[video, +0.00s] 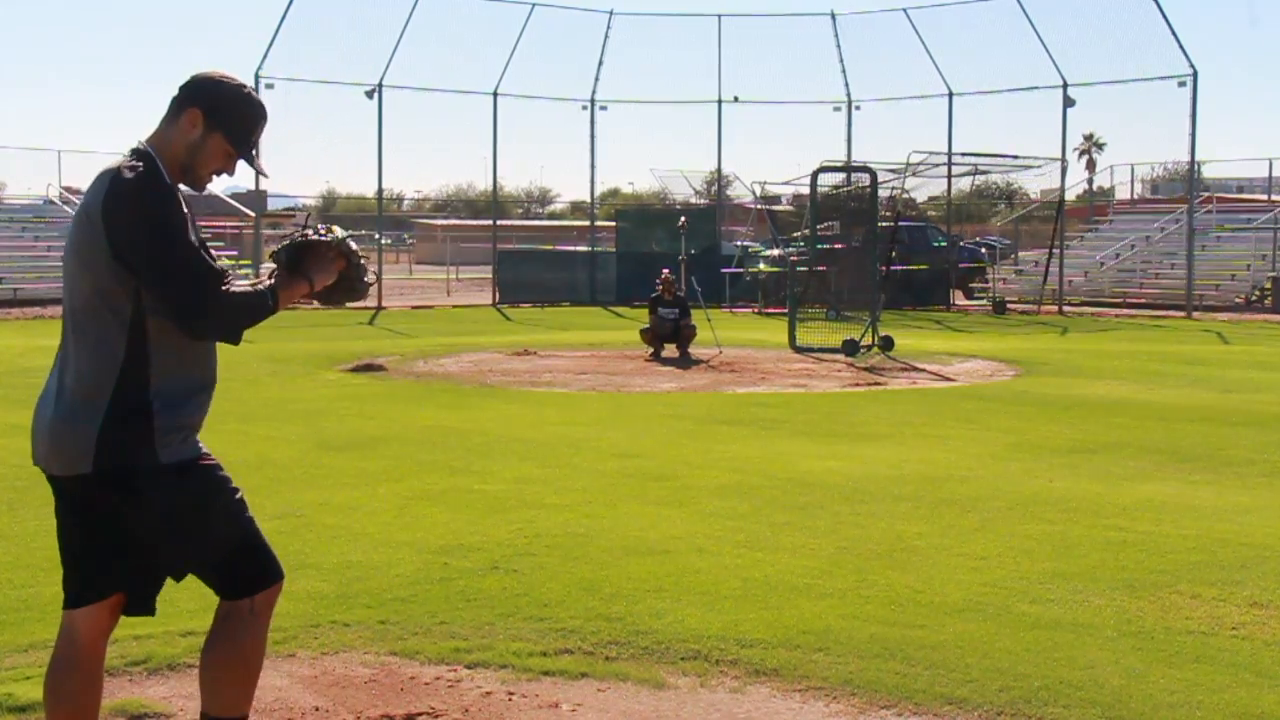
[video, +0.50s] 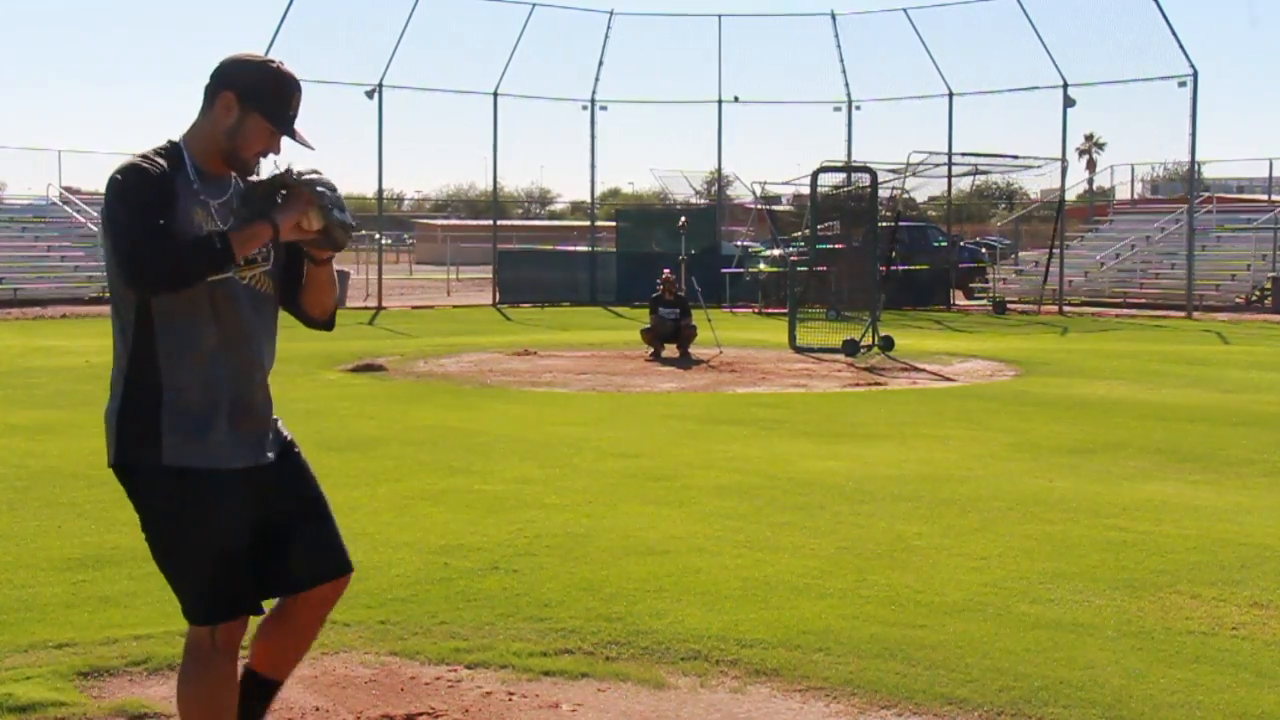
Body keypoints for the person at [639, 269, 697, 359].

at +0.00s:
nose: (668, 286)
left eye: (671, 284)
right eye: (665, 284)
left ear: (674, 285)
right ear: (662, 285)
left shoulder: (681, 300)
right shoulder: (654, 299)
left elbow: (686, 319)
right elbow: (652, 318)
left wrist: (674, 325)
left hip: (677, 329)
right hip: (660, 330)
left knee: (690, 329)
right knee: (645, 332)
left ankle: (683, 350)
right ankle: (657, 348)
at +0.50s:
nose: (669, 286)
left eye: (671, 283)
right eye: (666, 283)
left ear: (675, 285)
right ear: (662, 285)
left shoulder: (682, 300)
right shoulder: (655, 299)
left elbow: (688, 319)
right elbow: (653, 318)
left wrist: (675, 324)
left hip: (677, 329)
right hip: (661, 329)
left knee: (691, 329)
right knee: (645, 332)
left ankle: (683, 350)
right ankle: (657, 348)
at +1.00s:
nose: (669, 286)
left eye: (672, 283)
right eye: (666, 284)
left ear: (675, 285)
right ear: (662, 285)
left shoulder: (682, 299)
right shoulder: (655, 299)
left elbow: (687, 319)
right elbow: (653, 318)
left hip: (677, 328)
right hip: (661, 328)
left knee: (691, 329)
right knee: (645, 332)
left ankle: (683, 349)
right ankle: (657, 347)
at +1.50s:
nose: (668, 286)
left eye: (671, 283)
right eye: (665, 283)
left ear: (675, 284)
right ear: (661, 284)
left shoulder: (681, 299)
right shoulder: (654, 298)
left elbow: (686, 319)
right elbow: (652, 318)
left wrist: (673, 324)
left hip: (676, 327)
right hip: (660, 327)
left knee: (690, 329)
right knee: (645, 332)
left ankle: (683, 349)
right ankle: (656, 348)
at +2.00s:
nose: (667, 286)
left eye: (670, 283)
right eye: (664, 283)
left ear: (674, 285)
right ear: (660, 285)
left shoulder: (680, 299)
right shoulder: (654, 299)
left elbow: (686, 316)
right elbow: (651, 318)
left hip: (677, 326)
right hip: (661, 326)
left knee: (688, 328)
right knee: (646, 331)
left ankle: (683, 349)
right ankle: (657, 347)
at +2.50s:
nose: (667, 289)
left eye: (669, 286)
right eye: (664, 286)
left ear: (674, 286)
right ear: (659, 286)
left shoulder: (678, 297)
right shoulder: (654, 298)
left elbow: (687, 303)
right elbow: (648, 319)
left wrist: (680, 306)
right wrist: (654, 321)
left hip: (675, 328)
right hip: (660, 328)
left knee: (687, 329)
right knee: (645, 330)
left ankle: (683, 350)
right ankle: (656, 347)